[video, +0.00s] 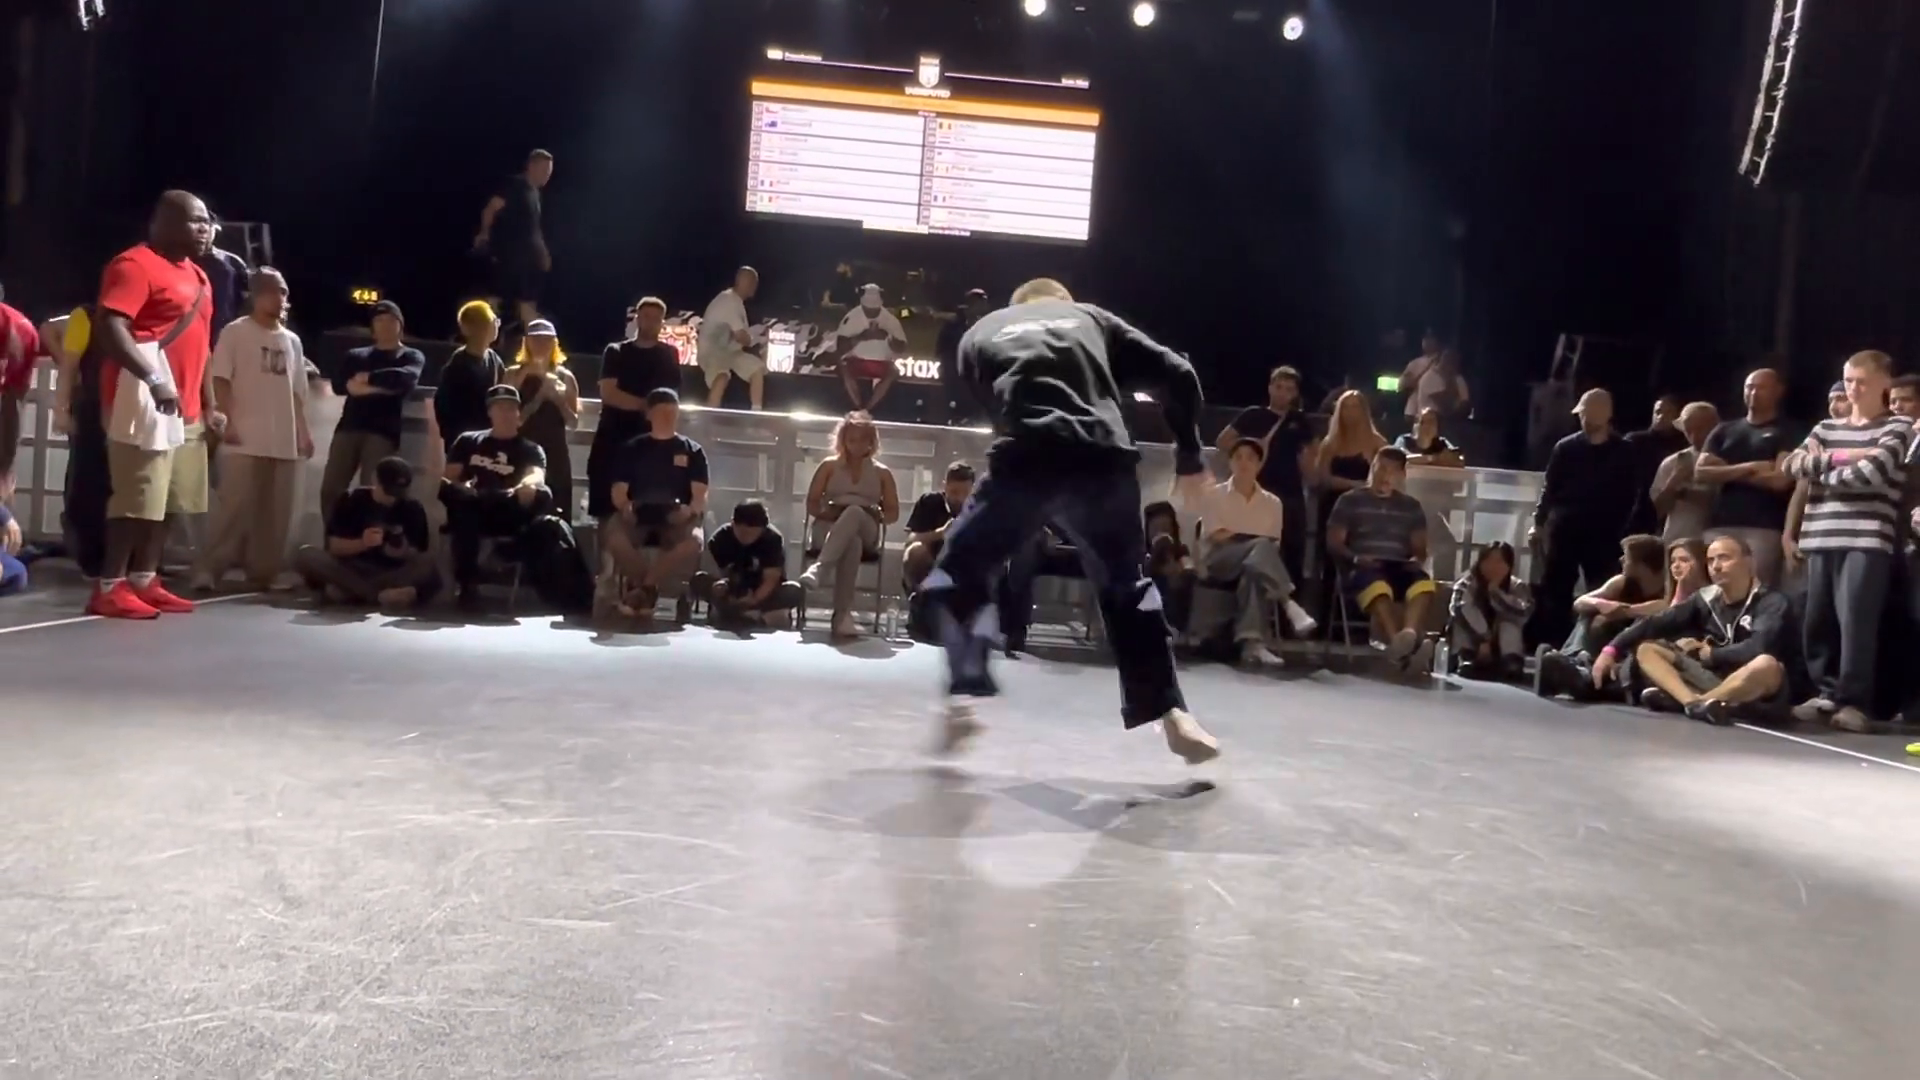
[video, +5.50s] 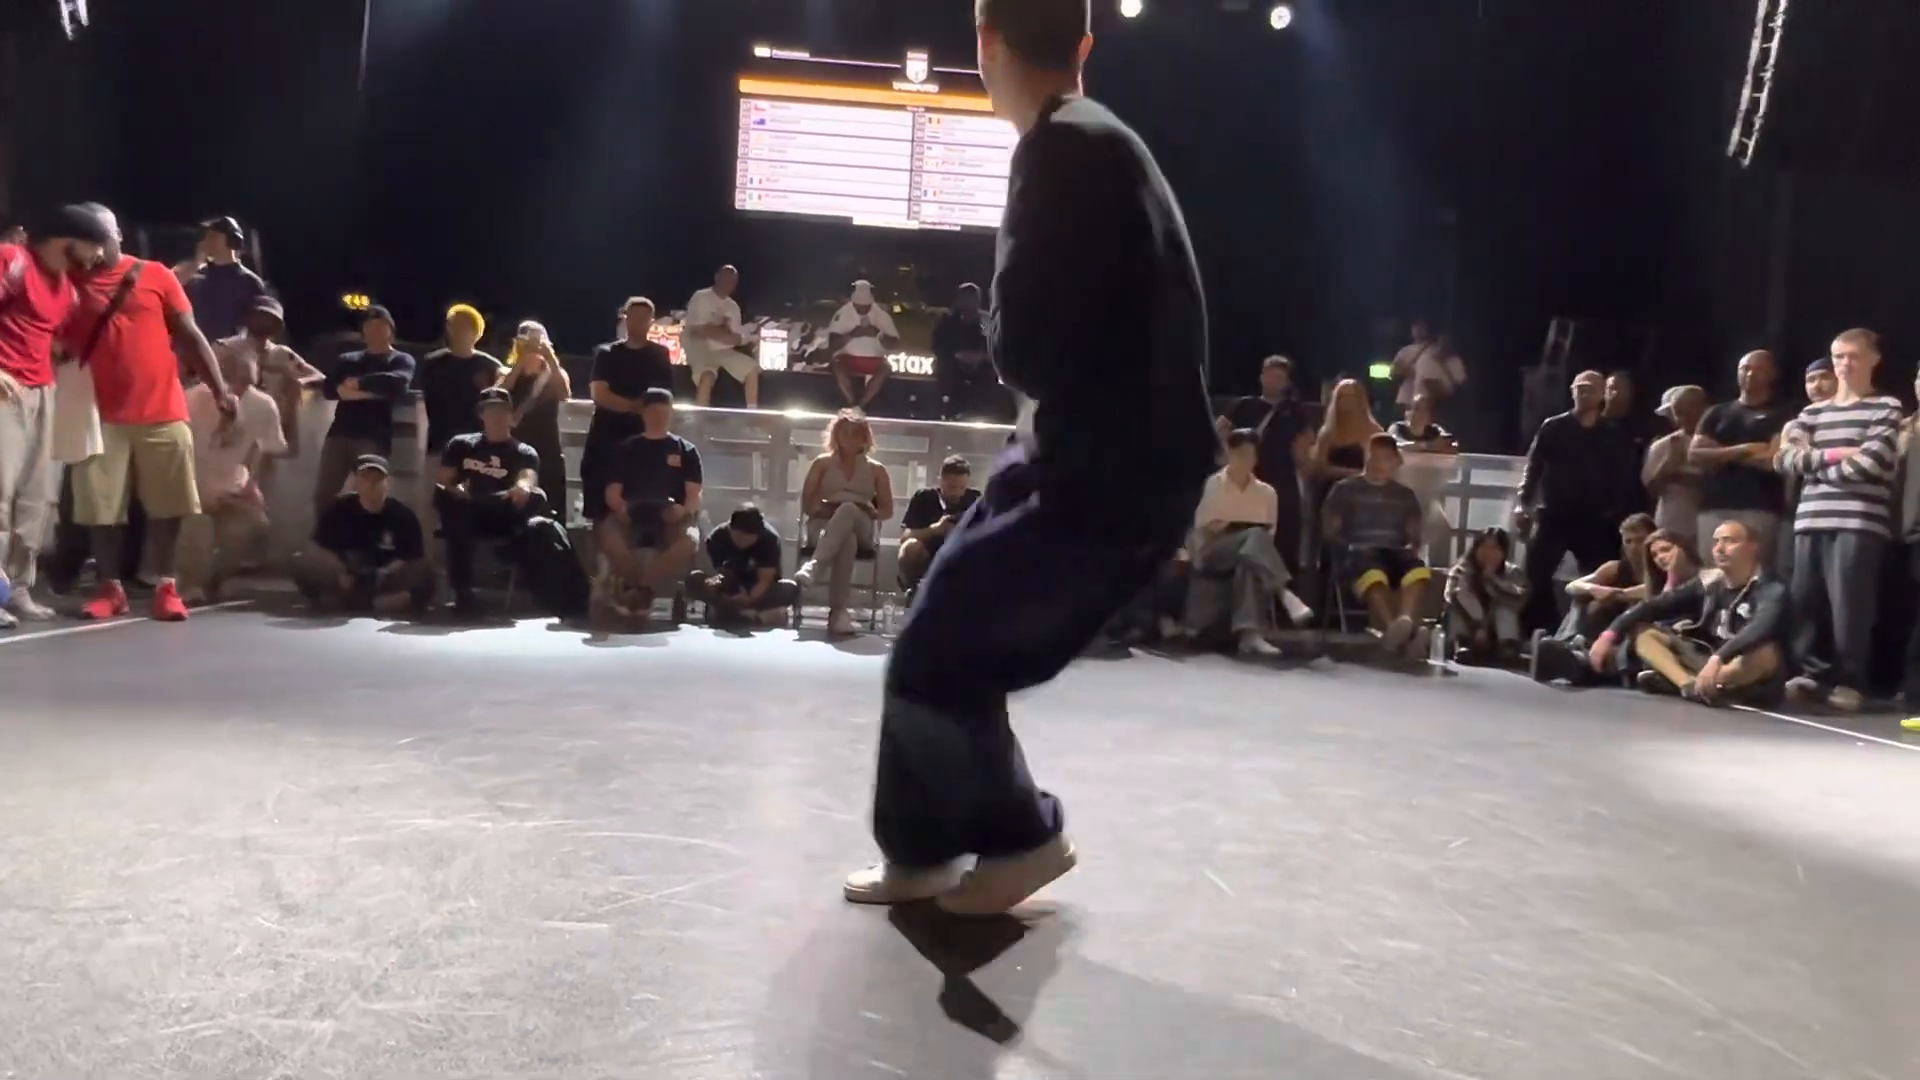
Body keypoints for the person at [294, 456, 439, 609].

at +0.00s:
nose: (392, 500)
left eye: (397, 495)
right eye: (388, 494)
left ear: (405, 489)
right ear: (376, 484)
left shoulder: (412, 509)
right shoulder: (352, 500)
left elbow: (421, 553)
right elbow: (334, 547)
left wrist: (403, 552)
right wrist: (363, 544)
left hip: (394, 572)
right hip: (353, 568)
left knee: (427, 566)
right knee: (307, 556)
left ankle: (354, 594)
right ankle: (377, 595)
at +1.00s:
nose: (403, 487)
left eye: (409, 483)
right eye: (400, 480)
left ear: (418, 476)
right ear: (389, 467)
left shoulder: (425, 494)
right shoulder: (364, 486)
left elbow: (432, 535)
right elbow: (347, 531)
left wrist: (407, 535)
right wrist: (378, 528)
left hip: (406, 555)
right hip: (365, 551)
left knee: (441, 556)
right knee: (321, 541)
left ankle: (368, 580)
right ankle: (390, 580)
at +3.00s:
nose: (405, 484)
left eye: (411, 481)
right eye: (402, 477)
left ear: (421, 473)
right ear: (392, 462)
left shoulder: (429, 489)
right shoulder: (368, 479)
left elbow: (435, 533)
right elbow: (349, 524)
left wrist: (414, 532)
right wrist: (371, 522)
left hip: (410, 550)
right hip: (368, 546)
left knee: (444, 550)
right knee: (323, 534)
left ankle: (370, 572)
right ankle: (393, 574)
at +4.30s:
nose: (400, 466)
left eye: (405, 460)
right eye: (395, 459)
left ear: (412, 462)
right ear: (382, 459)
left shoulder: (427, 492)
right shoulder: (362, 485)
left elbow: (436, 535)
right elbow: (344, 527)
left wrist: (404, 528)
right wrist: (367, 527)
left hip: (409, 551)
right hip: (368, 547)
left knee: (445, 550)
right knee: (326, 538)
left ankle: (373, 576)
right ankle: (394, 577)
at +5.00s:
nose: (380, 471)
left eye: (386, 466)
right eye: (375, 465)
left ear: (395, 470)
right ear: (365, 467)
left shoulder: (412, 502)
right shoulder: (346, 497)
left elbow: (423, 546)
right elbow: (327, 538)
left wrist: (395, 548)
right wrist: (350, 541)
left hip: (395, 561)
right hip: (354, 560)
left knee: (433, 561)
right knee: (313, 550)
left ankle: (358, 588)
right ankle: (382, 591)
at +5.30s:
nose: (375, 477)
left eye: (380, 472)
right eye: (369, 471)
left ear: (389, 475)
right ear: (358, 474)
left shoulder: (405, 507)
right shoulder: (339, 501)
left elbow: (416, 548)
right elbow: (318, 540)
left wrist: (400, 558)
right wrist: (346, 557)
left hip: (389, 568)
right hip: (347, 567)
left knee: (427, 568)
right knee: (306, 556)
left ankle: (350, 596)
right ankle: (378, 596)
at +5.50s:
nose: (371, 485)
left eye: (377, 480)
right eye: (366, 479)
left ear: (386, 483)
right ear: (356, 481)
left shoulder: (402, 515)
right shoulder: (338, 509)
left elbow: (413, 557)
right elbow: (320, 548)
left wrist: (384, 573)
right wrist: (341, 574)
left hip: (385, 575)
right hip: (346, 572)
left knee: (424, 573)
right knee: (301, 562)